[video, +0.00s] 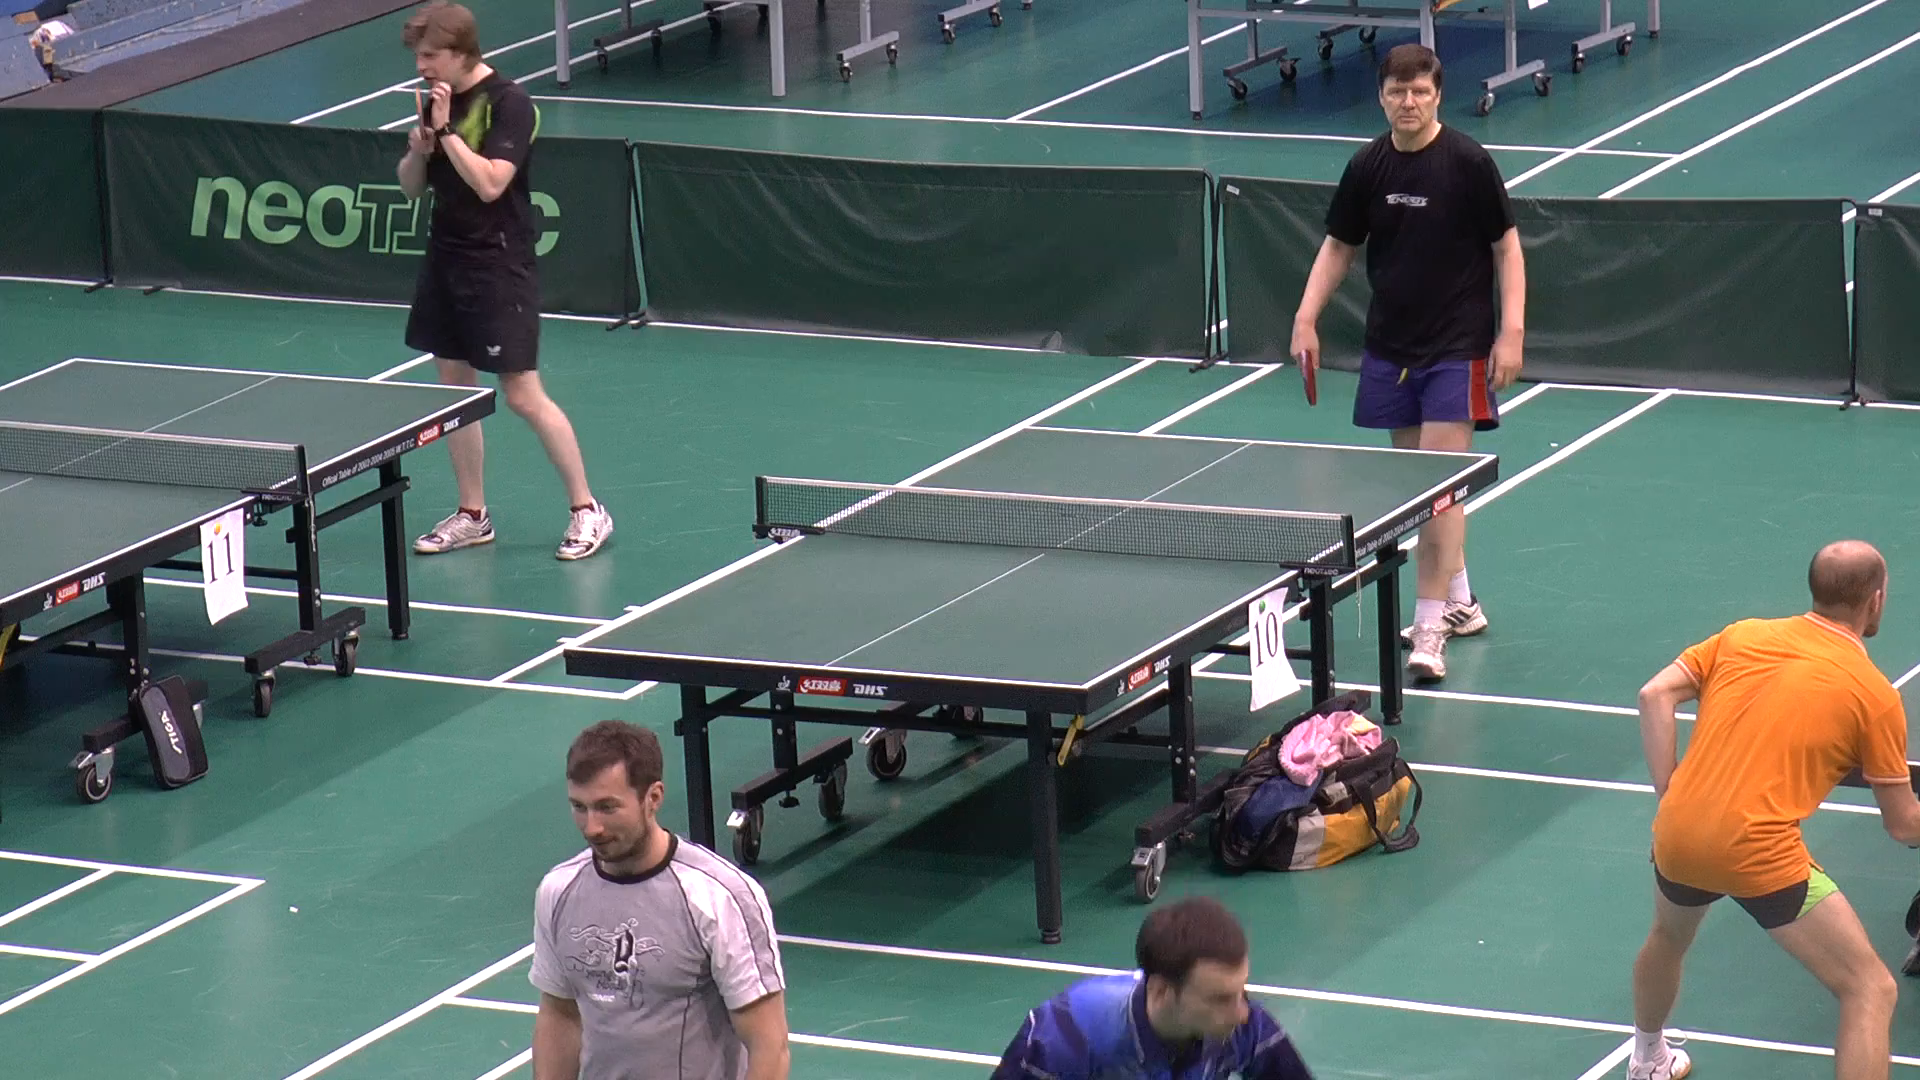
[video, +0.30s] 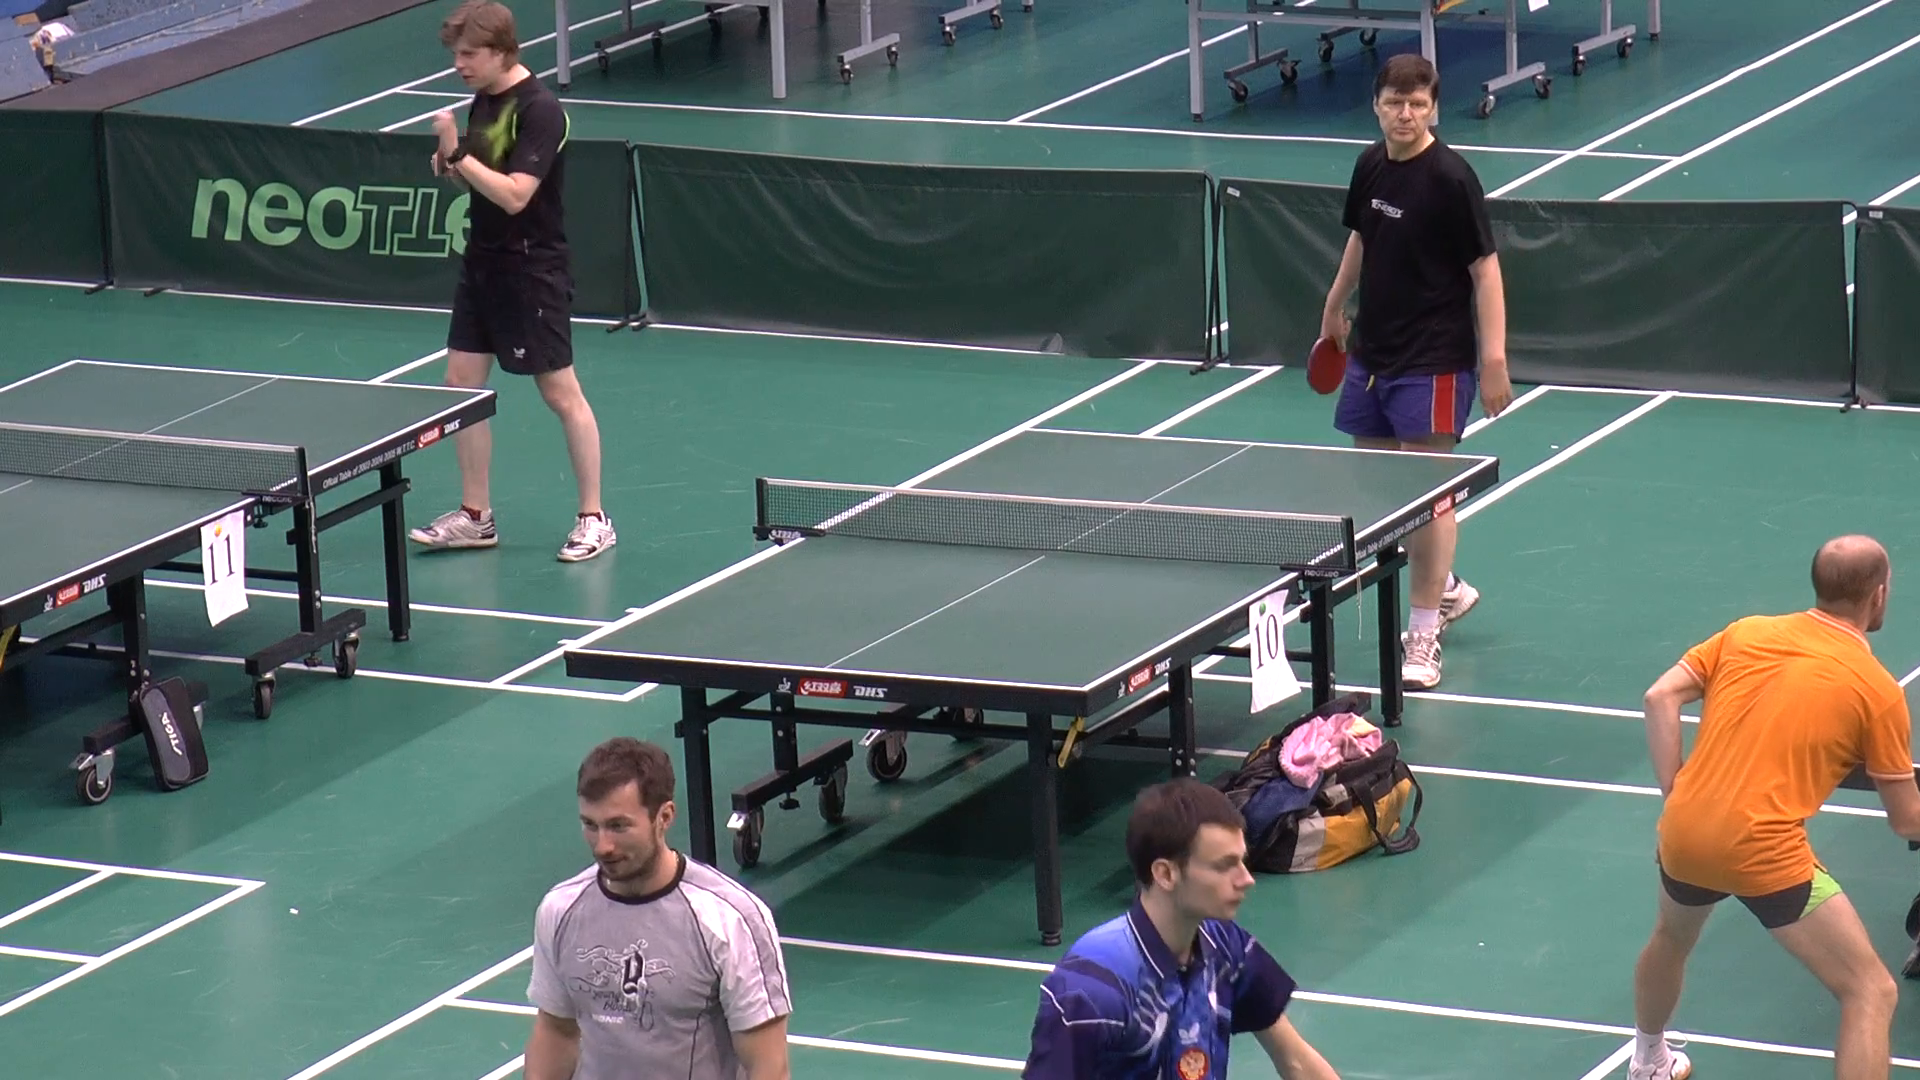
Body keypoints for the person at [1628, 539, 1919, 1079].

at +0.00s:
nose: (1884, 599)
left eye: (1883, 590)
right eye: (1884, 591)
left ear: (1815, 591)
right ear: (1874, 600)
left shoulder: (1741, 634)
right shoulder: (1874, 693)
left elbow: (1656, 694)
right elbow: (1904, 823)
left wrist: (1666, 793)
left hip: (1677, 836)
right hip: (1759, 852)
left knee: (1666, 939)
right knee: (1868, 987)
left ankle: (1646, 1058)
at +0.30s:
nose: (1887, 594)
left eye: (1886, 584)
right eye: (1887, 585)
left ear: (1818, 587)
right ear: (1878, 595)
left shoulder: (1744, 631)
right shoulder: (1877, 688)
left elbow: (1661, 696)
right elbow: (1908, 821)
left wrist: (1673, 795)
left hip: (1682, 834)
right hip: (1764, 850)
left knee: (1669, 941)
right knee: (1870, 990)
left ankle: (1646, 1060)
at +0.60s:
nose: (1891, 588)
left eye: (1890, 579)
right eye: (1891, 580)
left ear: (1822, 586)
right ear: (1881, 593)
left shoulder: (1749, 630)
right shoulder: (1881, 687)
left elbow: (1666, 699)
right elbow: (1914, 818)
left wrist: (1681, 795)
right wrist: (1869, 764)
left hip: (1689, 834)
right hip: (1768, 853)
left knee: (1674, 940)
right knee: (1876, 993)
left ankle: (1646, 1061)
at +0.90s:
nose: (1883, 555)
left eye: (1881, 545)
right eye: (1883, 547)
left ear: (1810, 556)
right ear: (1875, 557)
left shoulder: (1754, 619)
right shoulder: (1903, 648)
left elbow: (1687, 722)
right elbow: (1908, 750)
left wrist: (1736, 771)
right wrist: (1891, 753)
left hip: (1747, 836)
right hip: (1840, 846)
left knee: (1709, 937)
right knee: (1915, 943)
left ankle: (1673, 1065)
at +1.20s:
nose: (1869, 597)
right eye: (1869, 590)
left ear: (1803, 595)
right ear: (1867, 595)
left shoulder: (1756, 647)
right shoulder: (1899, 674)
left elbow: (1649, 697)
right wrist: (1883, 652)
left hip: (1733, 870)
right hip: (1829, 882)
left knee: (1689, 913)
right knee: (1917, 973)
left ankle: (1655, 1055)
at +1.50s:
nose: (1792, 568)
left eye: (1791, 558)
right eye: (1791, 558)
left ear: (1724, 559)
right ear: (1779, 565)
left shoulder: (1653, 609)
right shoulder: (1763, 636)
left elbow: (1570, 689)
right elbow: (1812, 714)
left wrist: (1537, 784)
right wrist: (1903, 753)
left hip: (1607, 825)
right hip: (1678, 836)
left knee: (1642, 913)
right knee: (1797, 960)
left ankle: (1584, 1058)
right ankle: (1820, 1071)